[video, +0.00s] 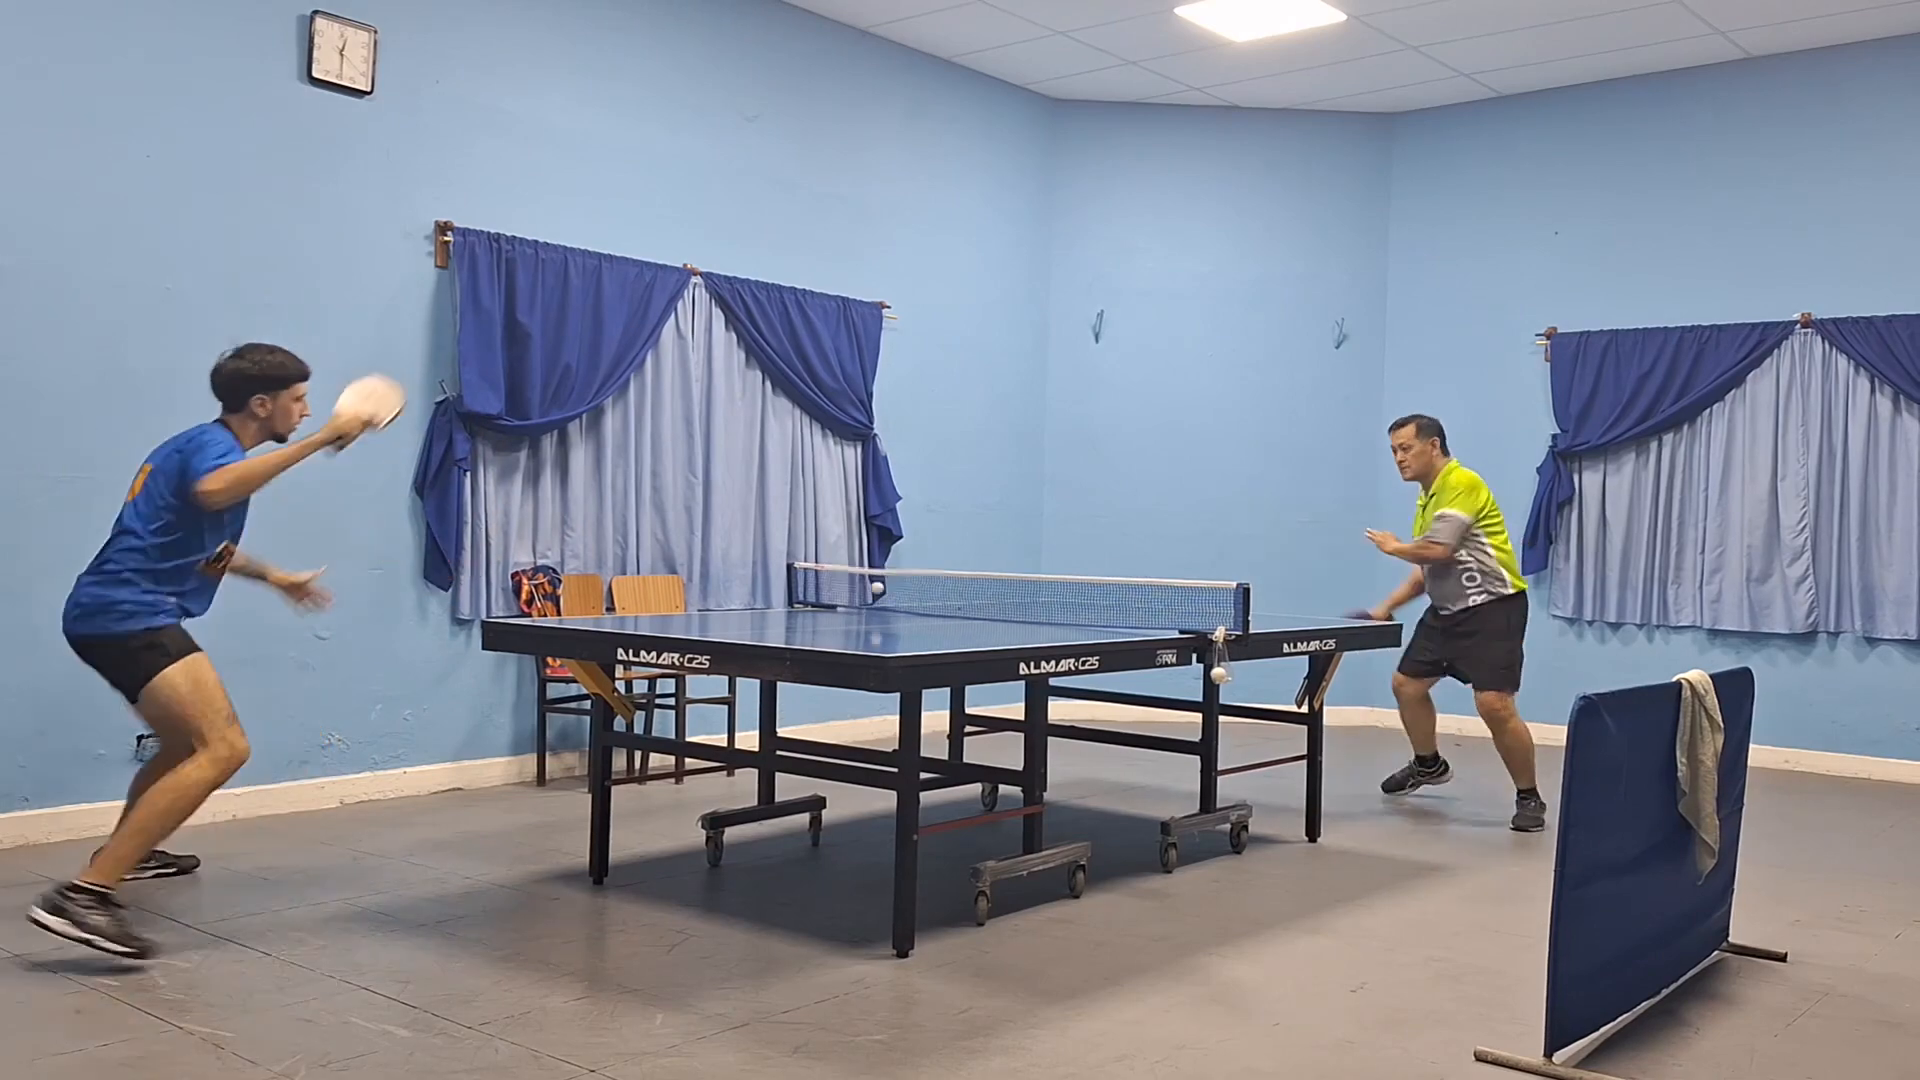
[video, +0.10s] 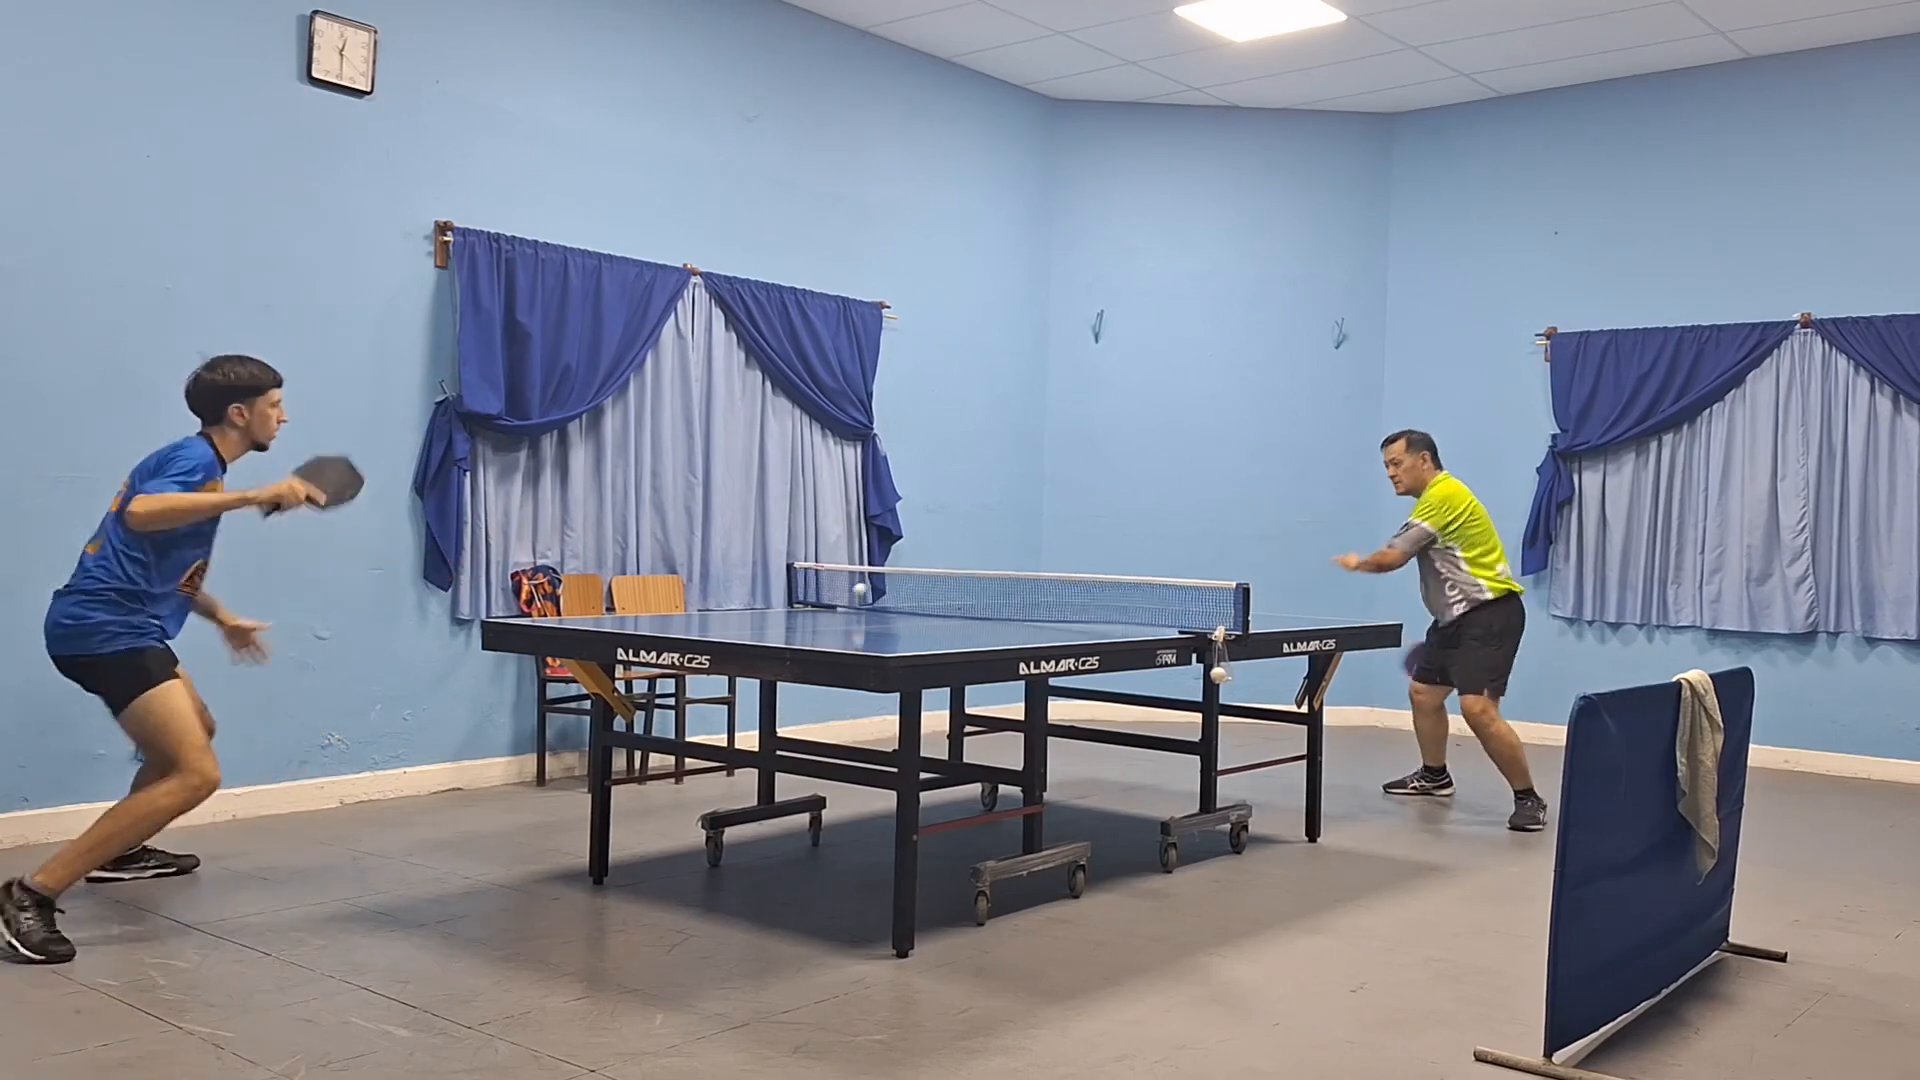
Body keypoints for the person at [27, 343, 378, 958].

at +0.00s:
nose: (304, 408)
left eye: (305, 398)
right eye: (298, 399)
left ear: (250, 405)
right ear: (260, 404)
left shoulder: (210, 448)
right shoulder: (217, 446)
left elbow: (202, 551)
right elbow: (211, 491)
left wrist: (272, 575)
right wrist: (320, 440)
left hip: (116, 613)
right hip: (126, 614)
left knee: (189, 738)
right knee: (224, 748)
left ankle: (131, 847)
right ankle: (87, 891)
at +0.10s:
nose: (283, 415)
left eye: (280, 405)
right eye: (274, 405)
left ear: (234, 414)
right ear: (239, 413)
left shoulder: (204, 472)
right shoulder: (193, 458)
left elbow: (170, 570)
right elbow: (138, 514)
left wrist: (224, 618)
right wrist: (255, 498)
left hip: (126, 624)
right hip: (105, 626)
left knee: (196, 729)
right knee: (194, 777)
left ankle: (118, 849)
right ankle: (33, 893)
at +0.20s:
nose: (273, 392)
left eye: (271, 378)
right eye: (266, 380)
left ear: (226, 388)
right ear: (230, 387)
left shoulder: (198, 450)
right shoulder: (181, 436)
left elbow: (148, 544)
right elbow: (145, 503)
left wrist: (182, 606)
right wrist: (260, 507)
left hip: (110, 606)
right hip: (89, 606)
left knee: (167, 730)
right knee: (167, 761)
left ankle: (116, 849)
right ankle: (21, 896)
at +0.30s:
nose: (272, 360)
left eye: (271, 347)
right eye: (264, 348)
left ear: (223, 356)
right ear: (226, 355)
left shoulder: (196, 423)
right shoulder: (176, 407)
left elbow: (142, 514)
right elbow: (145, 483)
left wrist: (170, 583)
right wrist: (260, 503)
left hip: (99, 576)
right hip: (84, 574)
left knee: (137, 720)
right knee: (156, 733)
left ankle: (89, 842)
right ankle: (25, 886)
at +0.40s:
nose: (268, 364)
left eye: (266, 351)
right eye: (260, 352)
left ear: (217, 361)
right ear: (221, 358)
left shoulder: (186, 428)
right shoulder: (173, 414)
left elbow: (137, 526)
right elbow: (128, 495)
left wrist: (178, 594)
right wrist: (247, 520)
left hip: (84, 583)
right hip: (79, 583)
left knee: (132, 737)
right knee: (139, 747)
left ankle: (30, 853)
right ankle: (16, 905)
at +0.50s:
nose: (265, 378)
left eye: (263, 365)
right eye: (257, 366)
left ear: (218, 375)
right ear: (218, 373)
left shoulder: (184, 443)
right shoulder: (160, 430)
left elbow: (132, 540)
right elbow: (118, 518)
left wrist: (161, 615)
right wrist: (238, 538)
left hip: (85, 598)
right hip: (71, 596)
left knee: (126, 753)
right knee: (134, 758)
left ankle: (21, 862)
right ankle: (14, 915)